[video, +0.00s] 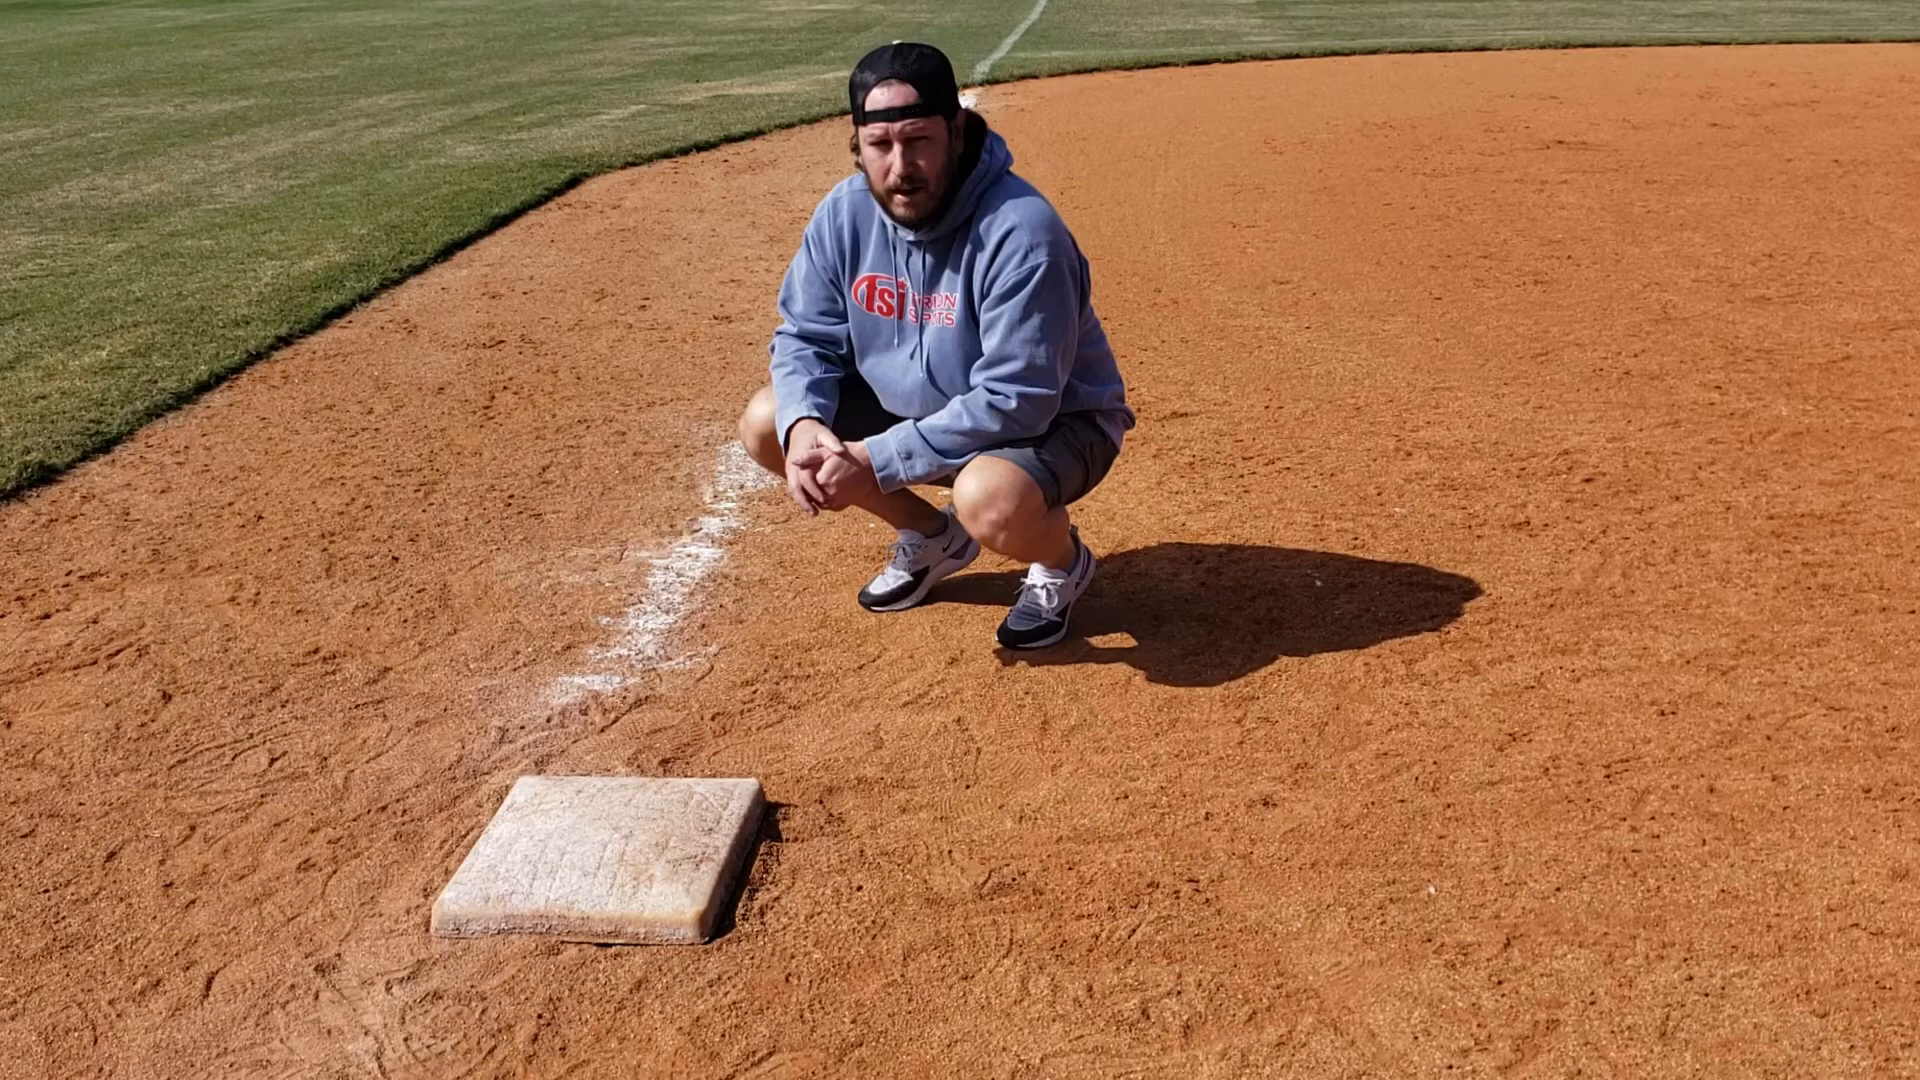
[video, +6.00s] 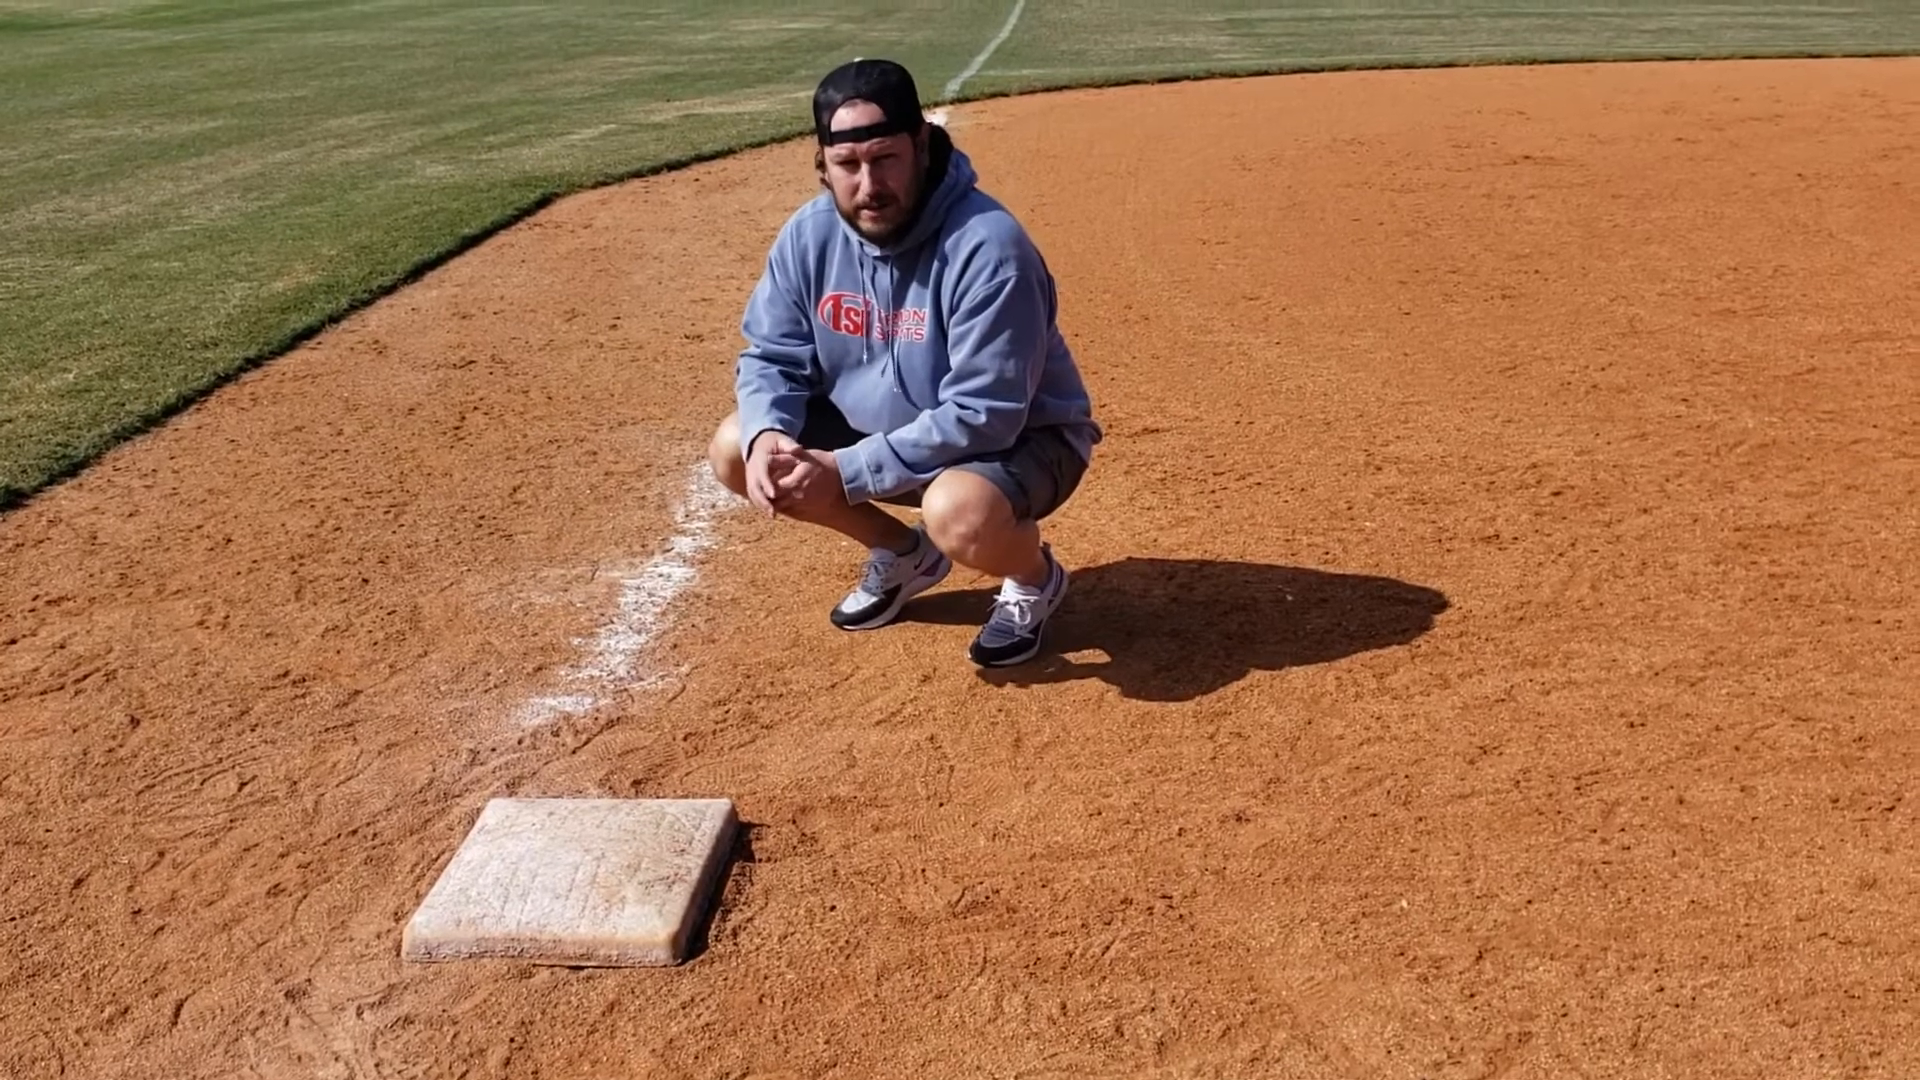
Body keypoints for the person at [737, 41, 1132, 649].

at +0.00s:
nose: (899, 169)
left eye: (918, 140)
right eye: (879, 144)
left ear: (958, 130)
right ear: (857, 146)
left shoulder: (1022, 236)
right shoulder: (844, 213)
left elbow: (1015, 403)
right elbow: (804, 335)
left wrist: (876, 461)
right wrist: (806, 424)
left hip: (1059, 419)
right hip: (923, 408)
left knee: (988, 499)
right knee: (769, 424)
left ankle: (1065, 564)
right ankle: (931, 535)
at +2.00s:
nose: (889, 164)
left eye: (906, 136)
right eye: (867, 142)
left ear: (943, 126)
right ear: (843, 147)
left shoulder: (1009, 234)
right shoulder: (829, 214)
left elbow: (1002, 402)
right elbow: (789, 335)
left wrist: (861, 457)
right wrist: (790, 422)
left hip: (1045, 419)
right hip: (909, 410)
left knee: (975, 496)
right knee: (755, 425)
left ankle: (1053, 561)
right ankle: (920, 534)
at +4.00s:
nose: (879, 164)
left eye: (895, 136)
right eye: (856, 142)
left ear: (930, 129)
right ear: (832, 149)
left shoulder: (996, 239)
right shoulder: (817, 222)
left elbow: (991, 406)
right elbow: (777, 342)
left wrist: (854, 464)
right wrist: (777, 425)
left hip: (1033, 424)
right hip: (897, 415)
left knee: (964, 502)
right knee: (743, 435)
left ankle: (1042, 568)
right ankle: (909, 541)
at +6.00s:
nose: (868, 187)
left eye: (885, 159)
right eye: (847, 164)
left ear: (922, 144)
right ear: (823, 164)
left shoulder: (988, 252)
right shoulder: (809, 235)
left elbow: (983, 417)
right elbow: (771, 353)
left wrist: (847, 473)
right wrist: (769, 431)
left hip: (1026, 437)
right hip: (889, 428)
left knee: (957, 512)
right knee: (737, 451)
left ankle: (1036, 579)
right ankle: (902, 551)